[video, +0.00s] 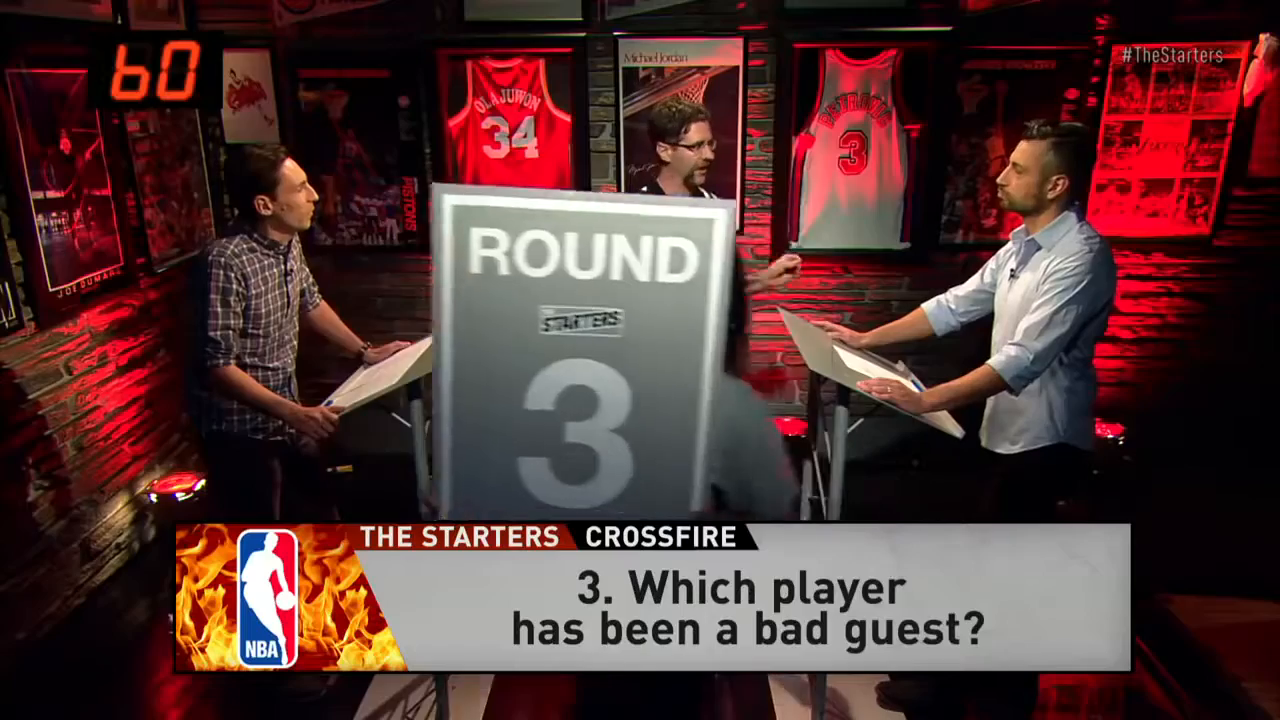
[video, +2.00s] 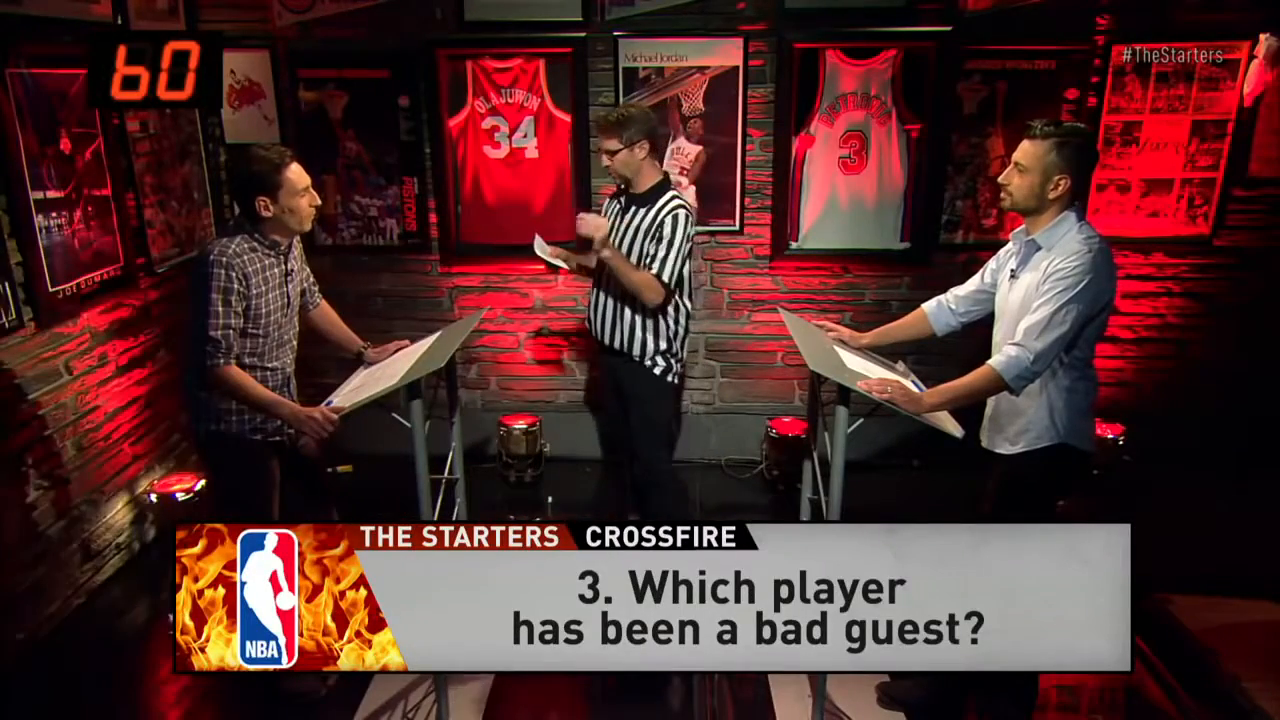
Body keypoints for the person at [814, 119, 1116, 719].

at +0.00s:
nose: (1002, 176)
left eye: (1016, 170)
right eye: (1007, 165)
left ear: (1055, 189)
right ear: (1044, 186)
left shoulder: (1083, 258)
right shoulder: (1025, 244)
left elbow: (1023, 358)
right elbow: (954, 306)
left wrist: (928, 398)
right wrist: (867, 339)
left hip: (1043, 446)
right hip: (1000, 433)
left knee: (1009, 579)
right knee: (973, 562)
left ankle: (999, 704)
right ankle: (940, 683)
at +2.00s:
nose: (1004, 176)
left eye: (1019, 169)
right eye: (1009, 164)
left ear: (1057, 188)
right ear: (1046, 185)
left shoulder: (1082, 259)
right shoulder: (1025, 244)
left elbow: (1023, 360)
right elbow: (955, 306)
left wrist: (928, 398)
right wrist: (868, 339)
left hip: (1043, 445)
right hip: (1002, 433)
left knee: (1006, 578)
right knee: (977, 564)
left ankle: (1001, 705)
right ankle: (942, 683)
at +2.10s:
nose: (1004, 176)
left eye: (1019, 169)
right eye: (1009, 164)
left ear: (1057, 188)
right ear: (1046, 185)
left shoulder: (1082, 259)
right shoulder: (1025, 243)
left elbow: (1023, 360)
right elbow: (955, 306)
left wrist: (928, 398)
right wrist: (868, 339)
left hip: (1043, 445)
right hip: (1003, 433)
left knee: (1006, 578)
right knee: (978, 564)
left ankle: (1000, 705)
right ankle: (942, 683)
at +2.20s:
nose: (1004, 175)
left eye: (1019, 169)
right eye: (1009, 164)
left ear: (1057, 188)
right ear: (1046, 185)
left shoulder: (1082, 259)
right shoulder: (1026, 243)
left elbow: (1023, 359)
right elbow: (955, 306)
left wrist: (928, 398)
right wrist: (868, 339)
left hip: (1043, 445)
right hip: (1003, 432)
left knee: (1005, 579)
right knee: (977, 565)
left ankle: (1001, 705)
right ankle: (942, 684)